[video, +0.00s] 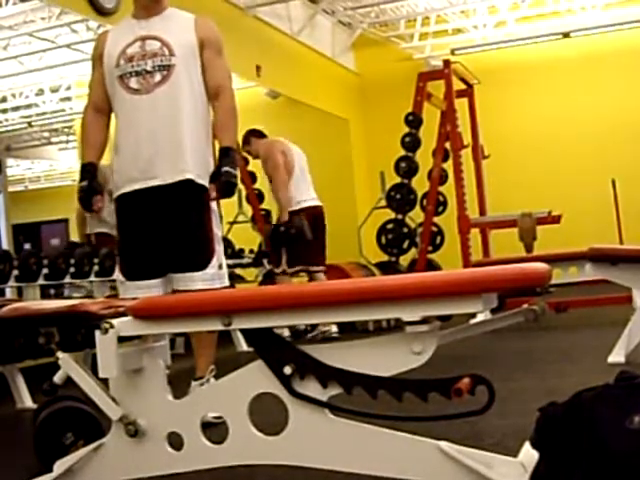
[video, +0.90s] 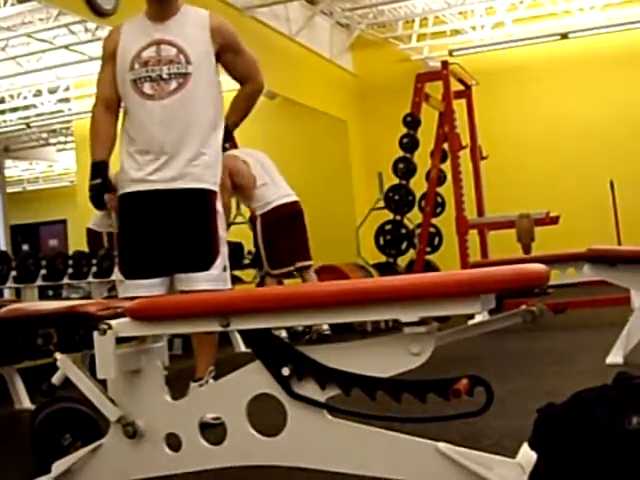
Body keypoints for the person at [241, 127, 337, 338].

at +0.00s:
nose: (252, 155)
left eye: (249, 151)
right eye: (249, 153)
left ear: (252, 141)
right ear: (261, 135)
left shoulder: (269, 147)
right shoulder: (291, 147)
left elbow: (279, 177)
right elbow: (302, 179)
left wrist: (283, 212)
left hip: (295, 212)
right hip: (314, 208)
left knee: (282, 272)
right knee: (317, 269)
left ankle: (287, 321)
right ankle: (327, 320)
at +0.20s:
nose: (241, 156)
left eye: (239, 151)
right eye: (239, 153)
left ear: (243, 144)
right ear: (255, 137)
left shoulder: (255, 150)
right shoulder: (285, 148)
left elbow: (263, 189)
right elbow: (296, 181)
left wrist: (258, 223)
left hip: (287, 213)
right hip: (310, 208)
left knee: (279, 273)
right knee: (318, 271)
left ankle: (281, 325)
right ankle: (327, 321)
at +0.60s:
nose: (225, 156)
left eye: (225, 151)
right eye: (224, 151)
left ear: (230, 144)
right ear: (238, 138)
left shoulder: (248, 156)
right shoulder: (272, 151)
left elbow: (261, 181)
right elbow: (286, 178)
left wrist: (255, 201)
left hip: (277, 212)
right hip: (299, 206)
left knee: (272, 275)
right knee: (311, 270)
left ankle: (278, 326)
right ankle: (325, 321)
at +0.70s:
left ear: (226, 147)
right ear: (240, 139)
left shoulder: (238, 161)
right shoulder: (266, 152)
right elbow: (281, 177)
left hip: (272, 211)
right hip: (295, 203)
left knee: (272, 275)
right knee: (308, 268)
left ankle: (277, 326)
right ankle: (323, 321)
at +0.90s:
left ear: (219, 146)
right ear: (233, 140)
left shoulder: (227, 160)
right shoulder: (254, 153)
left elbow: (224, 202)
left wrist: (222, 229)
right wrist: (255, 211)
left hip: (267, 211)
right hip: (291, 202)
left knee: (271, 276)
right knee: (305, 269)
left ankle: (277, 326)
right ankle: (321, 321)